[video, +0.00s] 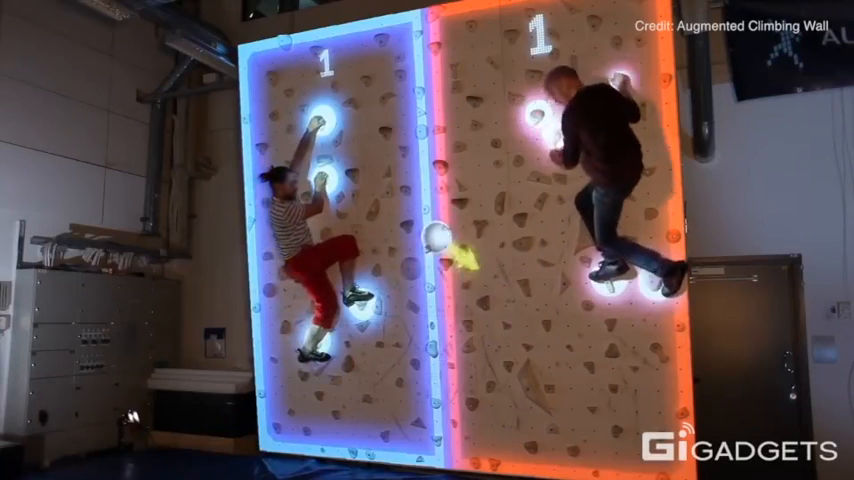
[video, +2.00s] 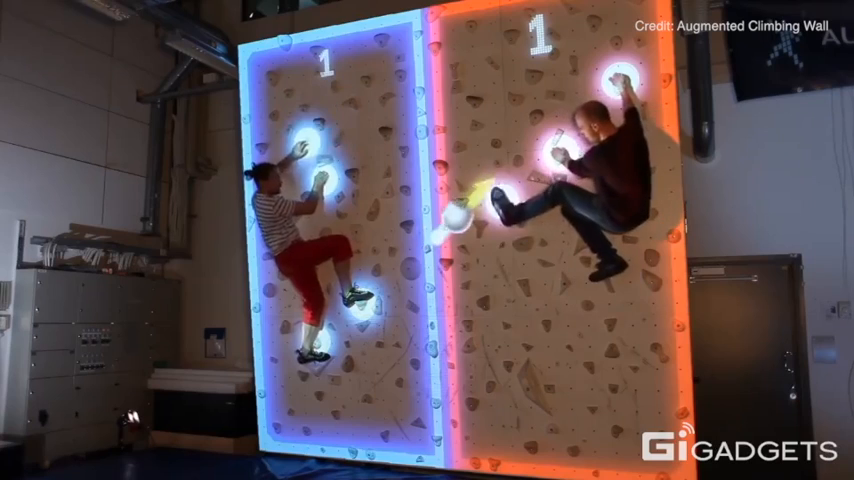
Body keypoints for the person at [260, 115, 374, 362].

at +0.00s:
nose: (295, 185)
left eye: (294, 181)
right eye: (291, 182)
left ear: (282, 186)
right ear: (279, 187)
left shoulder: (278, 203)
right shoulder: (286, 209)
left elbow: (297, 163)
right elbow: (318, 207)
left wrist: (310, 132)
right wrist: (321, 188)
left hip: (297, 263)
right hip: (304, 260)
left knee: (328, 306)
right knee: (346, 244)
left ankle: (309, 349)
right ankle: (350, 290)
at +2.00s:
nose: (280, 181)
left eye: (279, 177)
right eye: (276, 178)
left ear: (263, 182)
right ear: (265, 182)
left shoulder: (258, 198)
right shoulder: (273, 203)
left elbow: (276, 171)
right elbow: (309, 208)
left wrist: (293, 156)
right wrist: (318, 186)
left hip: (285, 259)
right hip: (295, 253)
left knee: (315, 300)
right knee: (339, 243)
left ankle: (306, 350)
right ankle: (348, 292)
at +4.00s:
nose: (290, 173)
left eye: (289, 170)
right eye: (286, 172)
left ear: (280, 172)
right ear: (276, 175)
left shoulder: (275, 184)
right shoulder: (284, 196)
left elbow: (294, 151)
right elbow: (315, 208)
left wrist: (311, 125)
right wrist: (320, 186)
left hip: (286, 249)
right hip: (297, 245)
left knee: (299, 297)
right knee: (341, 242)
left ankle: (304, 350)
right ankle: (349, 293)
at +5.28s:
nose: (285, 188)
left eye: (285, 184)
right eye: (281, 186)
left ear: (282, 181)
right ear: (270, 187)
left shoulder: (270, 194)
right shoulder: (278, 205)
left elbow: (292, 158)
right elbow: (309, 206)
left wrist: (309, 131)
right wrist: (320, 186)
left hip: (283, 254)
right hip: (288, 252)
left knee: (306, 300)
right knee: (331, 250)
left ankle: (305, 352)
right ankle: (344, 297)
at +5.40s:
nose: (285, 188)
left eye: (285, 184)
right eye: (280, 185)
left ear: (282, 181)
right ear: (270, 187)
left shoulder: (270, 193)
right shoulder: (278, 204)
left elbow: (292, 157)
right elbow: (309, 205)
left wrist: (309, 130)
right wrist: (320, 185)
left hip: (283, 253)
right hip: (288, 252)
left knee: (304, 299)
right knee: (332, 250)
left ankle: (305, 352)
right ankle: (344, 297)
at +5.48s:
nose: (284, 187)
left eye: (284, 182)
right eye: (280, 184)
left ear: (281, 181)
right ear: (269, 186)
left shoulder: (270, 193)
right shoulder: (277, 204)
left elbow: (292, 157)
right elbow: (309, 204)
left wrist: (309, 130)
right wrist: (320, 186)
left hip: (283, 253)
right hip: (289, 252)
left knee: (304, 301)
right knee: (332, 250)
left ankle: (305, 352)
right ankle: (344, 297)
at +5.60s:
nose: (284, 187)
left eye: (284, 182)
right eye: (280, 184)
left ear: (281, 180)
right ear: (269, 184)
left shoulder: (269, 192)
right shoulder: (276, 203)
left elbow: (292, 156)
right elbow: (307, 203)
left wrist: (309, 130)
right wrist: (320, 185)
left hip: (284, 253)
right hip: (289, 252)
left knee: (303, 300)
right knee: (333, 249)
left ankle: (304, 352)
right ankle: (344, 297)